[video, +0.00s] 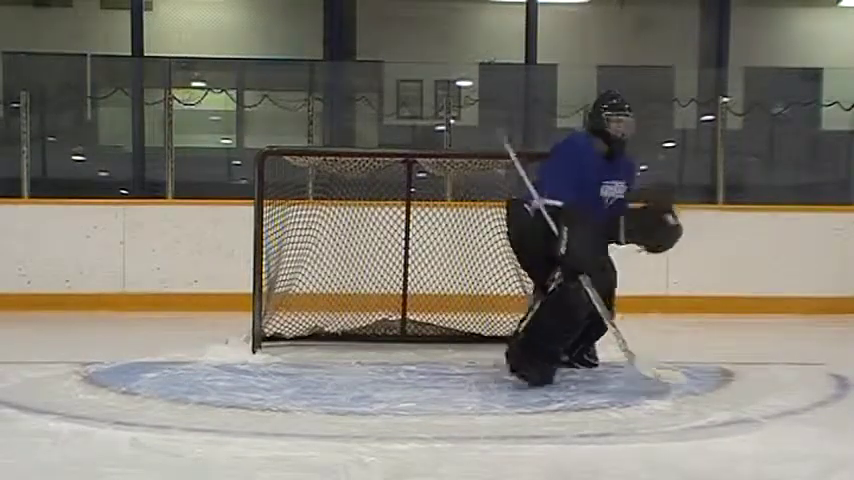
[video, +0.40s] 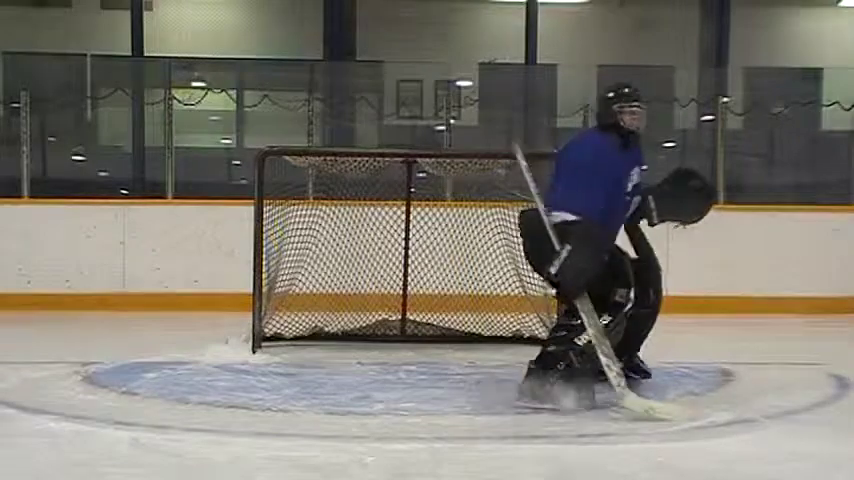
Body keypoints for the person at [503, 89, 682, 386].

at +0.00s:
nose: (623, 129)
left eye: (626, 122)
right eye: (616, 121)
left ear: (630, 125)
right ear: (600, 121)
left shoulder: (622, 164)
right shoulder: (575, 149)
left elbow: (607, 220)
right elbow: (549, 207)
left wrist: (640, 226)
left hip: (583, 234)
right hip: (541, 227)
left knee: (603, 284)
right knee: (575, 289)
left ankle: (575, 346)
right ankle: (530, 354)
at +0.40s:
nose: (636, 118)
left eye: (639, 112)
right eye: (629, 112)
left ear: (641, 114)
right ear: (612, 114)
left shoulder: (630, 150)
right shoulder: (592, 147)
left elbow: (625, 204)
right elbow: (574, 210)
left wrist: (656, 203)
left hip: (596, 234)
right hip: (567, 233)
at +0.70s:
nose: (662, 116)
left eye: (665, 110)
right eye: (656, 110)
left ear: (667, 112)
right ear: (638, 111)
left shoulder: (661, 148)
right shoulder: (609, 144)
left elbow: (653, 200)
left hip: (643, 236)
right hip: (610, 236)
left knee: (671, 289)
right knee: (593, 311)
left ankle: (648, 363)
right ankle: (539, 372)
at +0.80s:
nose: (662, 118)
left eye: (666, 111)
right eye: (655, 110)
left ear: (669, 113)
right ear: (636, 112)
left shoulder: (663, 150)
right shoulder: (608, 147)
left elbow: (651, 207)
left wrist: (690, 210)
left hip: (642, 237)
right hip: (599, 238)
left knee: (671, 296)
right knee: (585, 306)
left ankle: (668, 364)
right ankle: (520, 367)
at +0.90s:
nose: (648, 120)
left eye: (655, 114)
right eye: (641, 113)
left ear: (663, 120)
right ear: (627, 115)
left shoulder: (665, 153)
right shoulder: (611, 151)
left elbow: (656, 209)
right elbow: (615, 209)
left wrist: (681, 220)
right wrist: (630, 256)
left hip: (628, 236)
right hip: (583, 234)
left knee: (662, 296)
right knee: (565, 299)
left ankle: (675, 372)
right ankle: (503, 363)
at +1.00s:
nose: (629, 127)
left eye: (636, 121)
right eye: (623, 119)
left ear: (646, 124)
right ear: (611, 122)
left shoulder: (653, 159)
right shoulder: (595, 156)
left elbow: (653, 211)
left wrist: (678, 228)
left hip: (627, 251)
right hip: (583, 251)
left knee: (656, 308)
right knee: (548, 316)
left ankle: (684, 374)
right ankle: (491, 365)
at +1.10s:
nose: (601, 141)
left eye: (609, 133)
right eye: (594, 133)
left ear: (621, 137)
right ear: (584, 137)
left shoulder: (640, 175)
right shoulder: (572, 174)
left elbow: (646, 225)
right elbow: (555, 237)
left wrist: (659, 241)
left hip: (605, 259)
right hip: (559, 258)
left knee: (637, 312)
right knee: (538, 325)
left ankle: (673, 374)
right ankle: (476, 364)